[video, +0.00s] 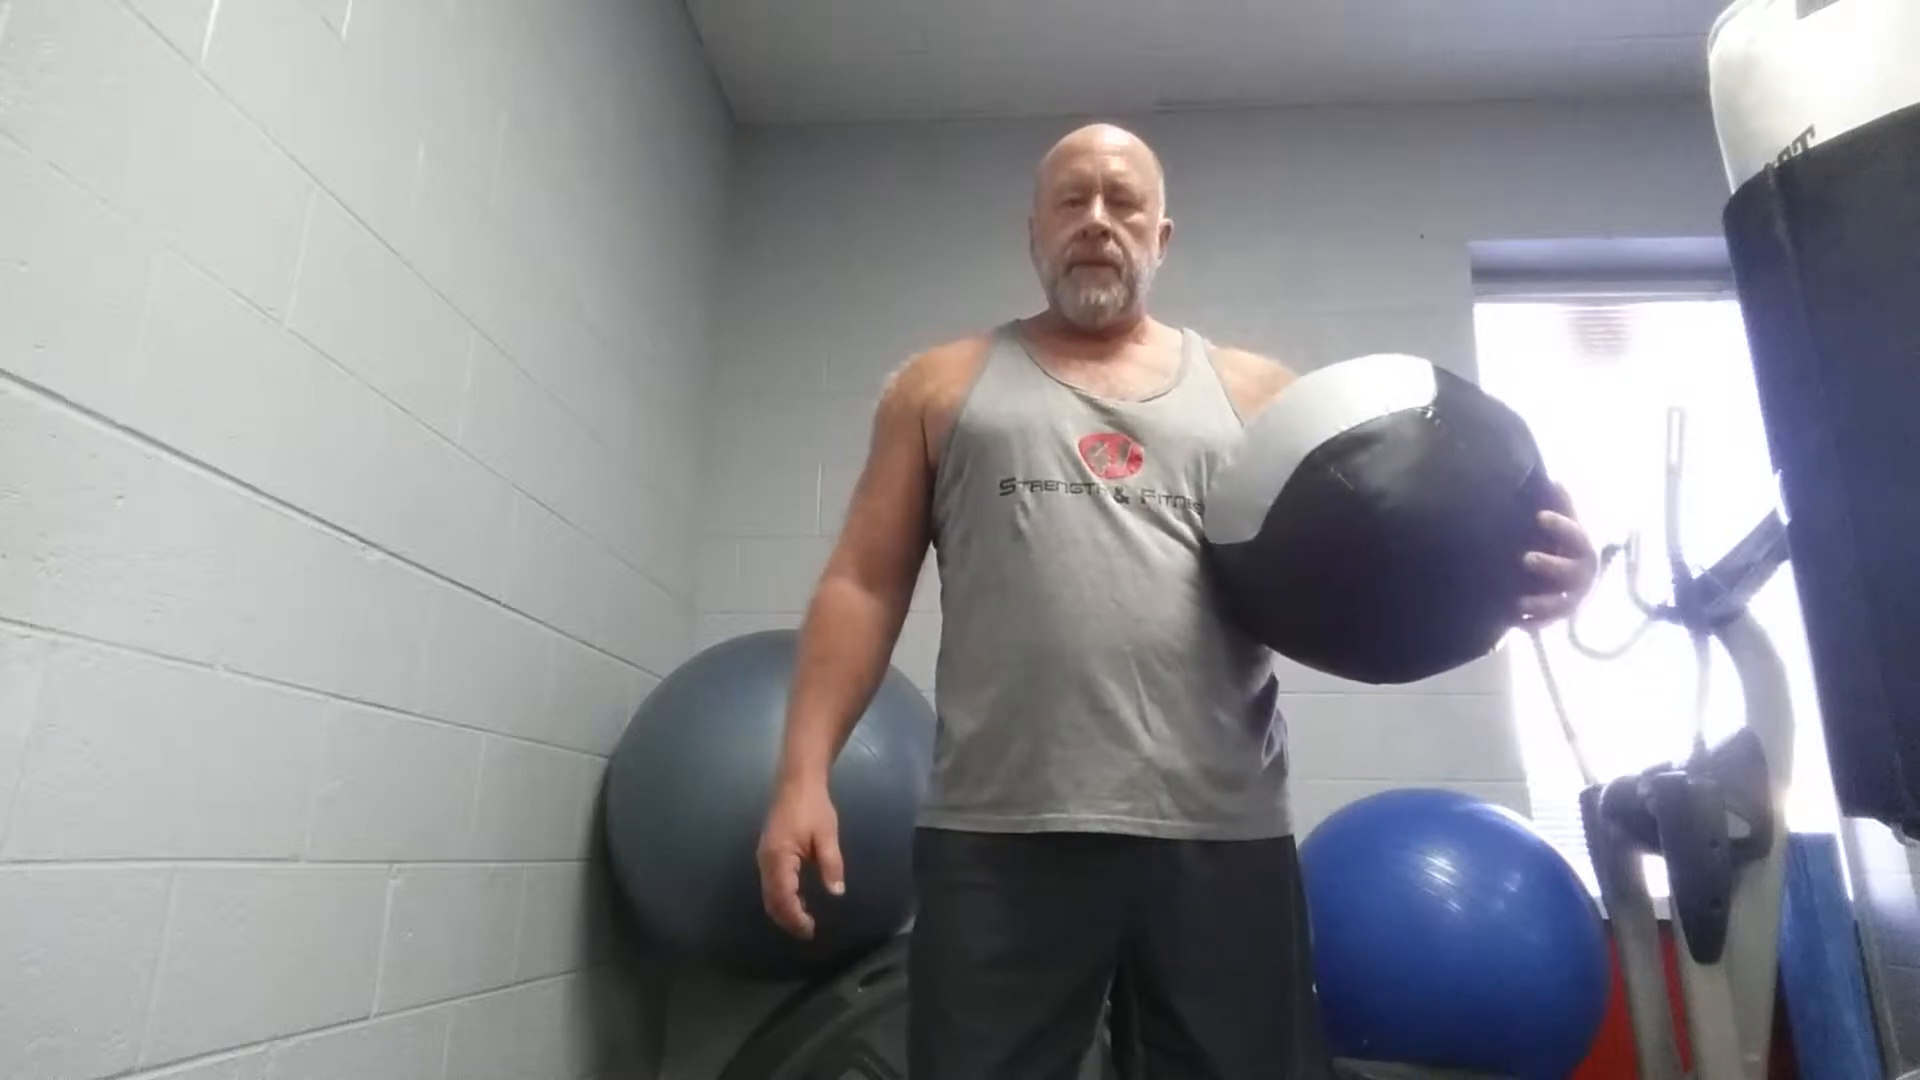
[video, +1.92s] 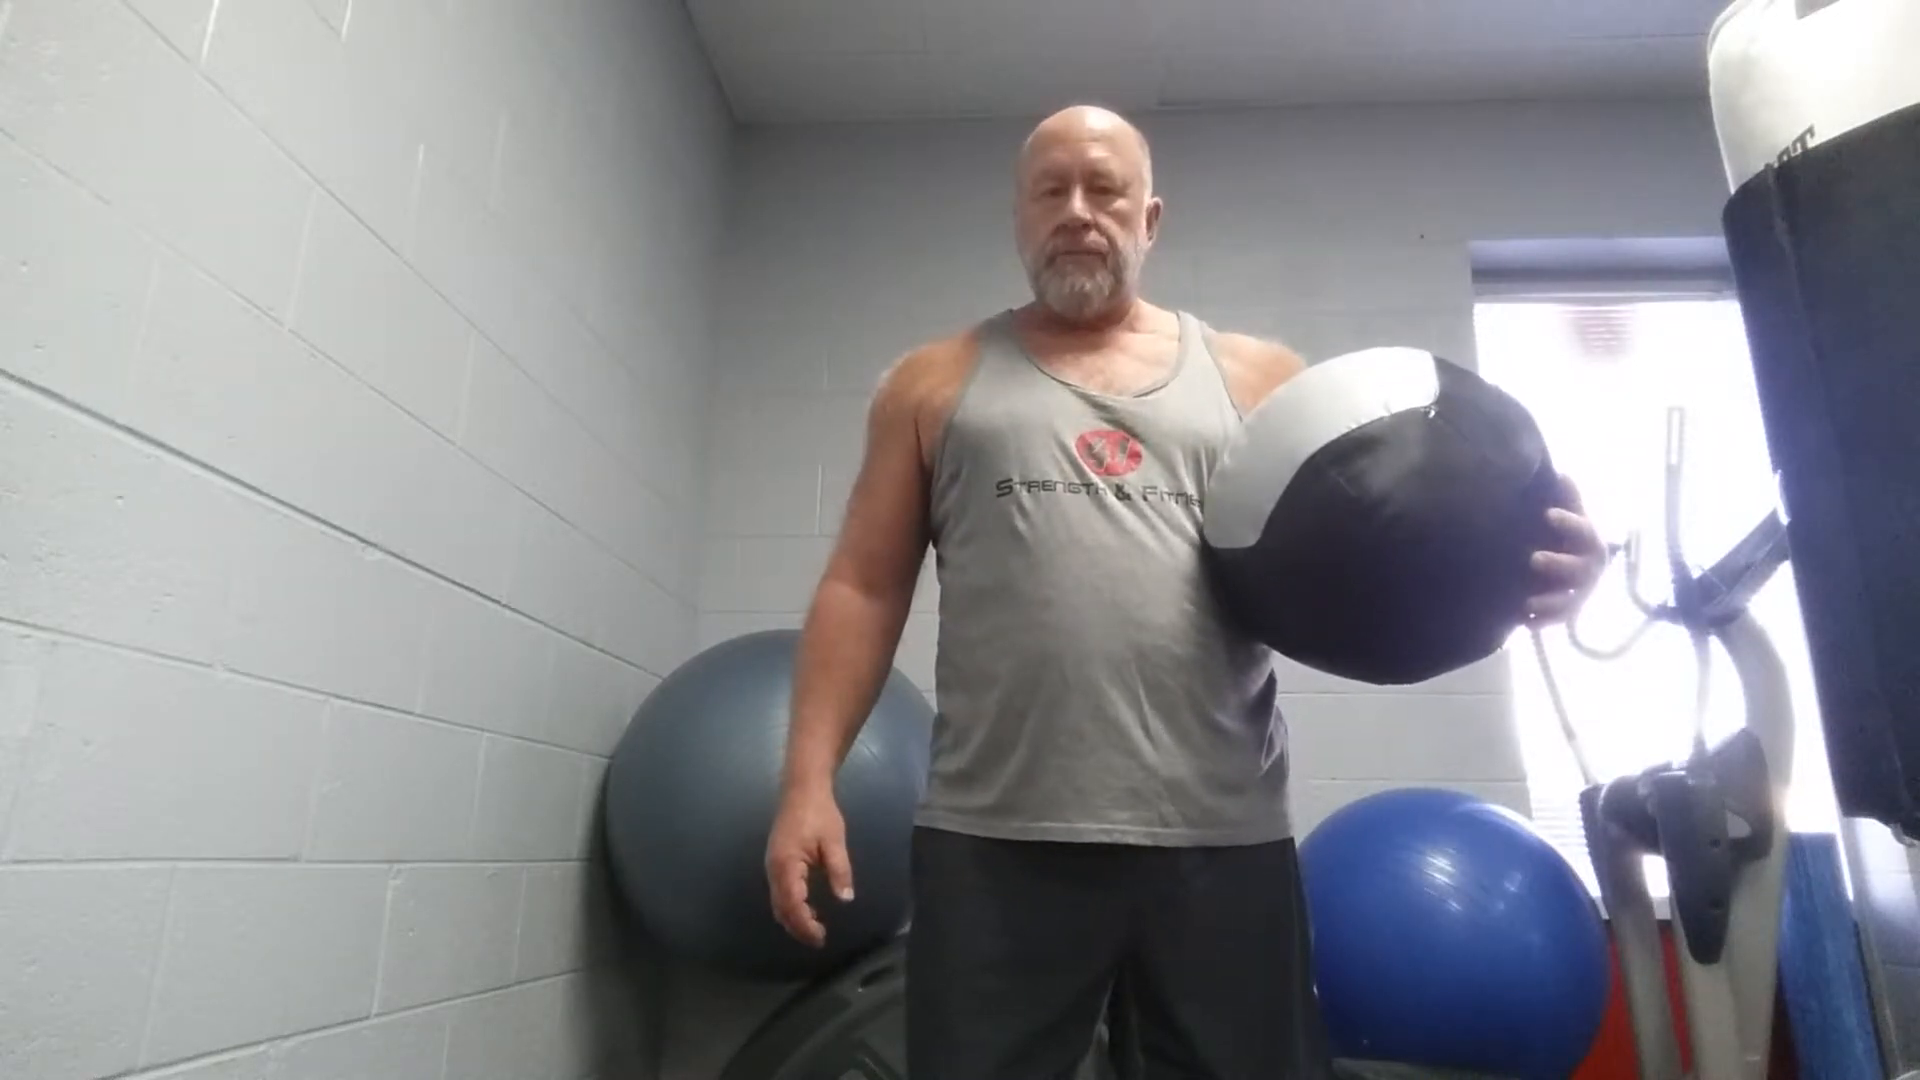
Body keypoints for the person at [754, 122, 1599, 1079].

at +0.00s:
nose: (1096, 220)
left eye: (1123, 202)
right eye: (1071, 200)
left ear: (1163, 236)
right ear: (1033, 230)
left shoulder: (1253, 387)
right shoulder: (942, 385)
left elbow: (1398, 531)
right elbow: (863, 582)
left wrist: (1540, 568)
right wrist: (803, 775)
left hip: (1222, 840)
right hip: (997, 839)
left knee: (1245, 1069)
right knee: (980, 1069)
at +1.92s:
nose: (1078, 212)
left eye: (1106, 191)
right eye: (1052, 191)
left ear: (1151, 216)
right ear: (1017, 216)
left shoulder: (1256, 375)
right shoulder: (935, 385)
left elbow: (1403, 532)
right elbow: (864, 585)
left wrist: (1544, 565)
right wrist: (808, 781)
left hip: (1223, 849)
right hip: (993, 849)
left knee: (1252, 1067)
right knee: (976, 1066)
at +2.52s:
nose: (1091, 206)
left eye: (1120, 187)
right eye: (1066, 184)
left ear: (1162, 222)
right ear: (1028, 213)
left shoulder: (1256, 374)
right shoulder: (938, 377)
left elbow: (1404, 521)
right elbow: (864, 564)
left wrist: (1545, 558)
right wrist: (832, 714)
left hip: (1222, 844)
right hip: (995, 843)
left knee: (1250, 1067)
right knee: (976, 1068)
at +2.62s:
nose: (1091, 206)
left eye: (1120, 187)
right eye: (1066, 183)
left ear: (1160, 222)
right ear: (1029, 212)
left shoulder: (1253, 373)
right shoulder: (936, 379)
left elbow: (1400, 525)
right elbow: (853, 558)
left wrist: (1540, 565)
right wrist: (876, 623)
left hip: (1221, 844)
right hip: (994, 844)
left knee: (1249, 1067)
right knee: (975, 1067)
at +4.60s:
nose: (1035, 205)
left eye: (1063, 182)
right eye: (1010, 185)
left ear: (1115, 210)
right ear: (984, 217)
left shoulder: (1235, 364)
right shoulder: (912, 389)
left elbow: (1385, 507)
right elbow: (833, 614)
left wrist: (1529, 541)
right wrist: (875, 561)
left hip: (1215, 841)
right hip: (986, 844)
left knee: (1241, 1070)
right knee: (968, 1070)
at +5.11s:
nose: (1033, 193)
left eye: (1062, 174)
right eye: (1009, 176)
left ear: (1114, 213)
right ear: (978, 214)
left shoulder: (1228, 362)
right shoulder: (908, 390)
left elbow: (1369, 527)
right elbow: (828, 590)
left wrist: (1518, 548)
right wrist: (749, 510)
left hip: (1209, 839)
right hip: (984, 843)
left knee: (1239, 1068)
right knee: (970, 1067)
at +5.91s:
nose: (1060, 206)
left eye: (1090, 186)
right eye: (1039, 183)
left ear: (1140, 218)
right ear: (1001, 212)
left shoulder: (1236, 372)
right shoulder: (924, 386)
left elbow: (1378, 524)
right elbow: (797, 547)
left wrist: (1525, 557)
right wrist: (603, 505)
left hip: (1203, 841)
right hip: (980, 844)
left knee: (1235, 1077)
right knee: (962, 1075)